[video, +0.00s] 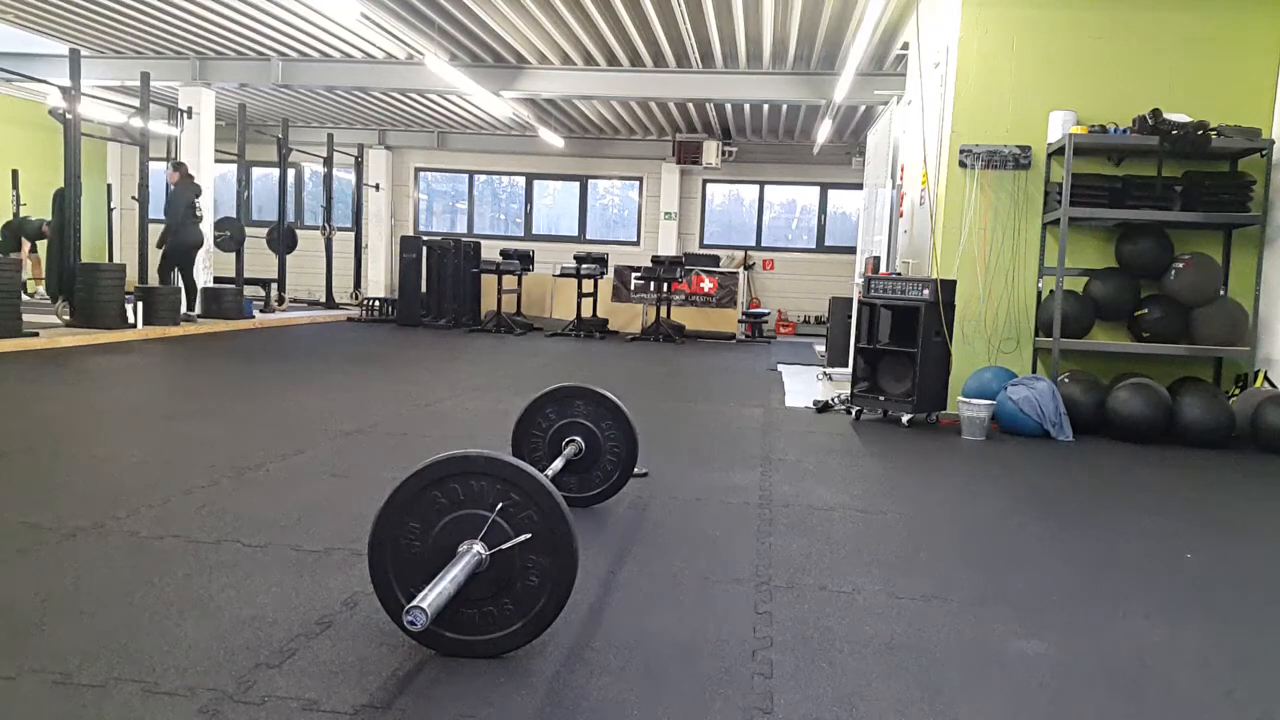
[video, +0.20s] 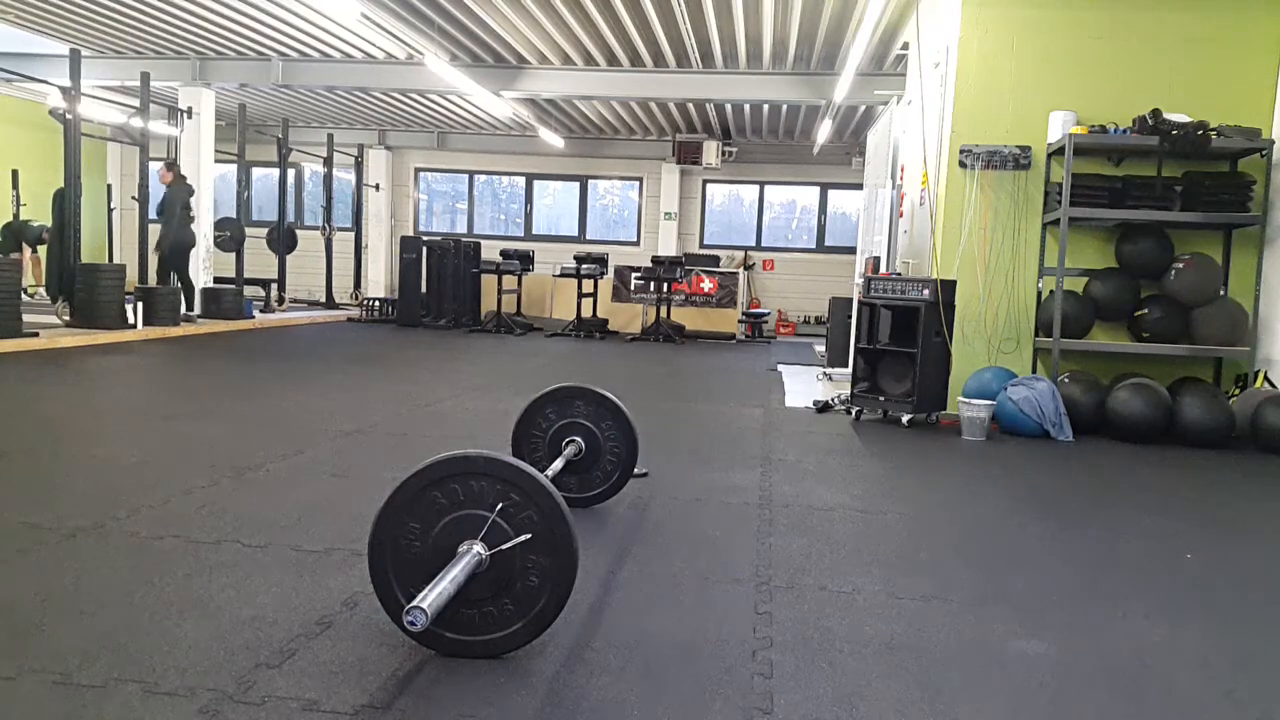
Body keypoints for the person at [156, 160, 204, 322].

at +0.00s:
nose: (168, 176)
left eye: (170, 173)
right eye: (168, 173)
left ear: (178, 174)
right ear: (182, 174)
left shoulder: (179, 191)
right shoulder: (190, 189)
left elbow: (174, 219)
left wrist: (162, 239)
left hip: (181, 237)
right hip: (194, 236)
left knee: (163, 270)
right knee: (187, 272)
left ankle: (167, 308)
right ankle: (191, 310)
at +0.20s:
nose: (159, 176)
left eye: (162, 173)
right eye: (160, 173)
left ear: (171, 174)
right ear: (172, 174)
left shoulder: (173, 191)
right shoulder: (182, 189)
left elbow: (170, 222)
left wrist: (161, 244)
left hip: (174, 237)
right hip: (185, 237)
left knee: (162, 272)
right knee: (183, 273)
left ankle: (162, 309)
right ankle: (190, 310)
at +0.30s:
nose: (154, 175)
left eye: (157, 172)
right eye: (155, 172)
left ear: (166, 174)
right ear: (167, 174)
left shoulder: (169, 192)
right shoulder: (175, 190)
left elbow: (168, 223)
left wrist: (162, 248)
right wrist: (155, 241)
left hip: (171, 238)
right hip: (179, 236)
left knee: (161, 274)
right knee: (179, 274)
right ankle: (189, 311)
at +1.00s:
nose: (131, 173)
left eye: (134, 169)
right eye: (132, 170)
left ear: (145, 170)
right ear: (145, 171)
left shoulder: (148, 189)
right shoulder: (159, 186)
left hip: (144, 235)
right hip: (155, 233)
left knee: (135, 271)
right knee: (144, 272)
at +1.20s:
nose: (126, 172)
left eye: (129, 169)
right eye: (127, 169)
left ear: (139, 171)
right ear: (139, 171)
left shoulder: (145, 189)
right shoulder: (139, 189)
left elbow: (142, 221)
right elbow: (132, 221)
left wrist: (132, 246)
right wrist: (124, 241)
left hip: (146, 234)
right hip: (138, 233)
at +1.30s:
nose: (124, 173)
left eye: (127, 169)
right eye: (124, 169)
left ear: (137, 171)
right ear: (137, 172)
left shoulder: (141, 190)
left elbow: (142, 221)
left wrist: (134, 246)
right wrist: (123, 240)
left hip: (140, 234)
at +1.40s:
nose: (120, 172)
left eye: (123, 168)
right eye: (120, 168)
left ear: (133, 170)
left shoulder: (142, 189)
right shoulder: (128, 190)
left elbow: (142, 219)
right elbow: (124, 221)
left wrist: (134, 246)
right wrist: (117, 242)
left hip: (138, 237)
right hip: (125, 237)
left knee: (140, 277)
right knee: (123, 276)